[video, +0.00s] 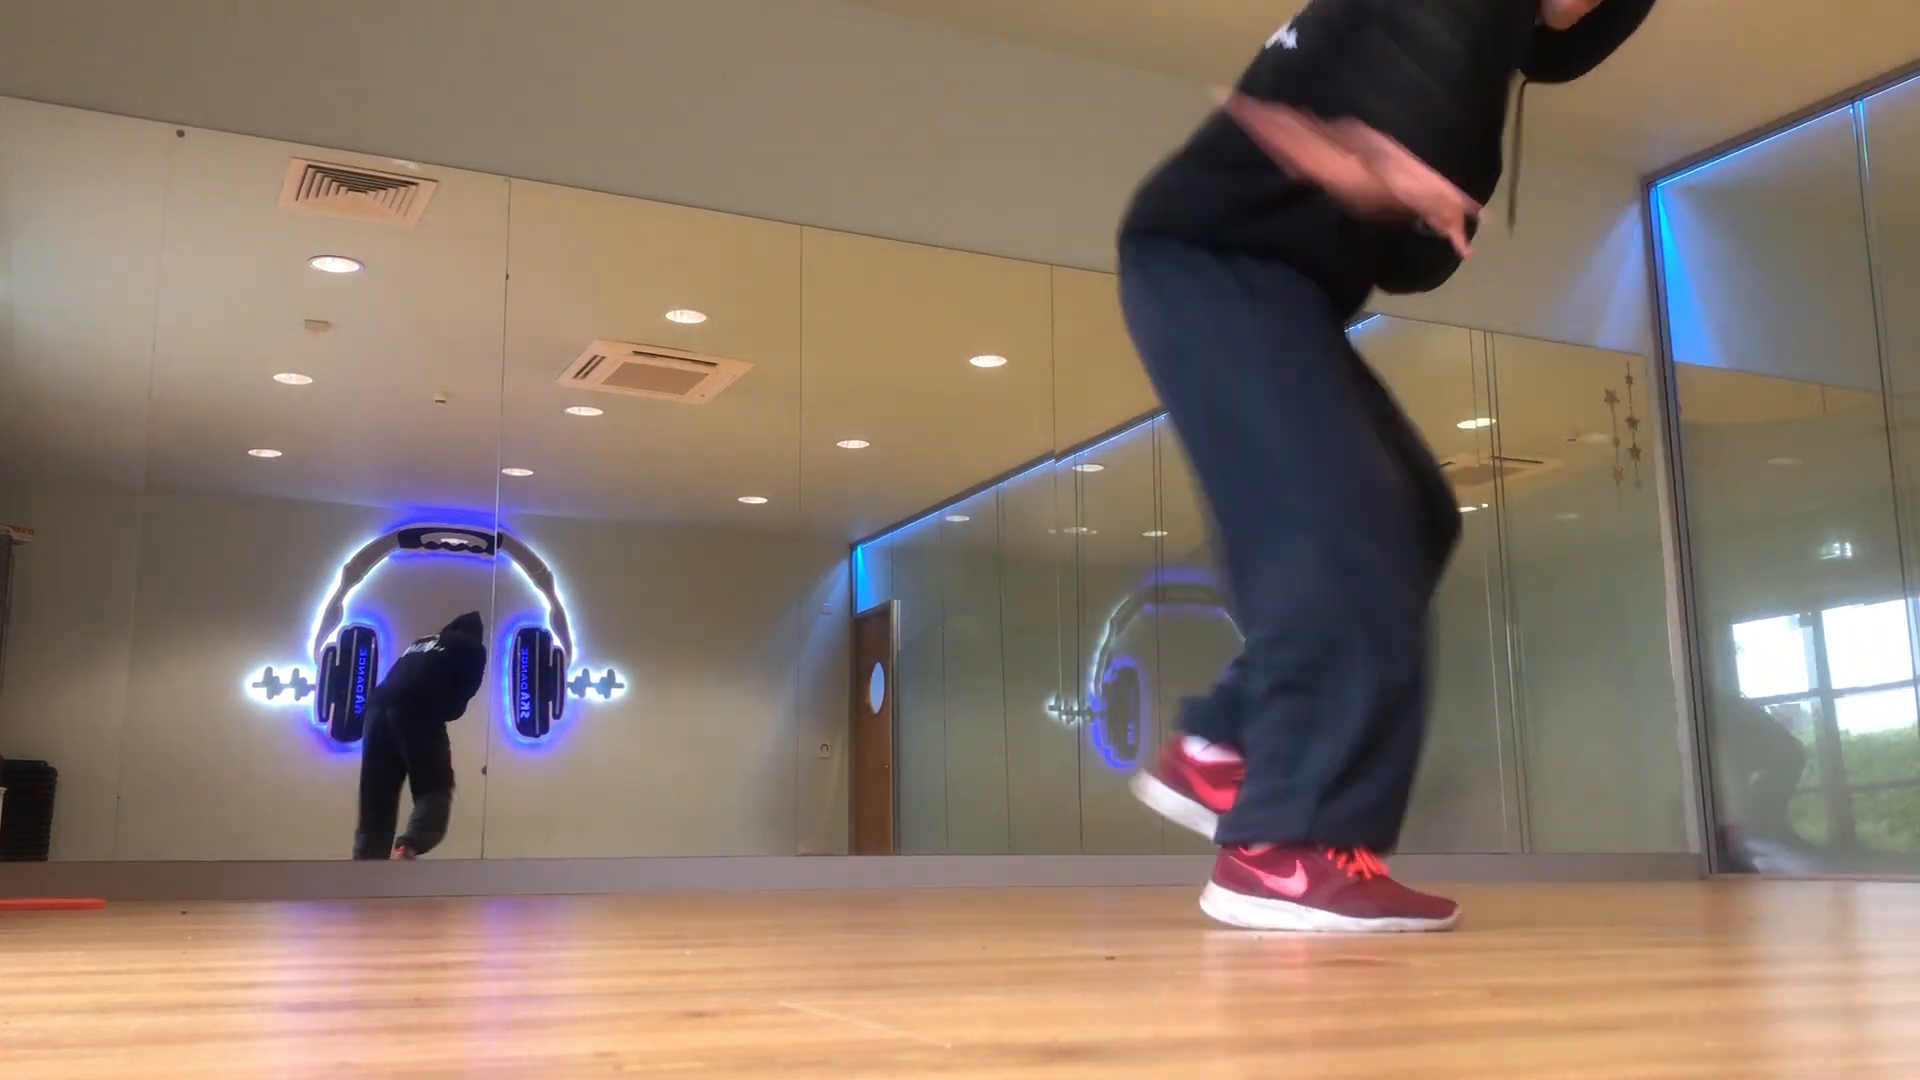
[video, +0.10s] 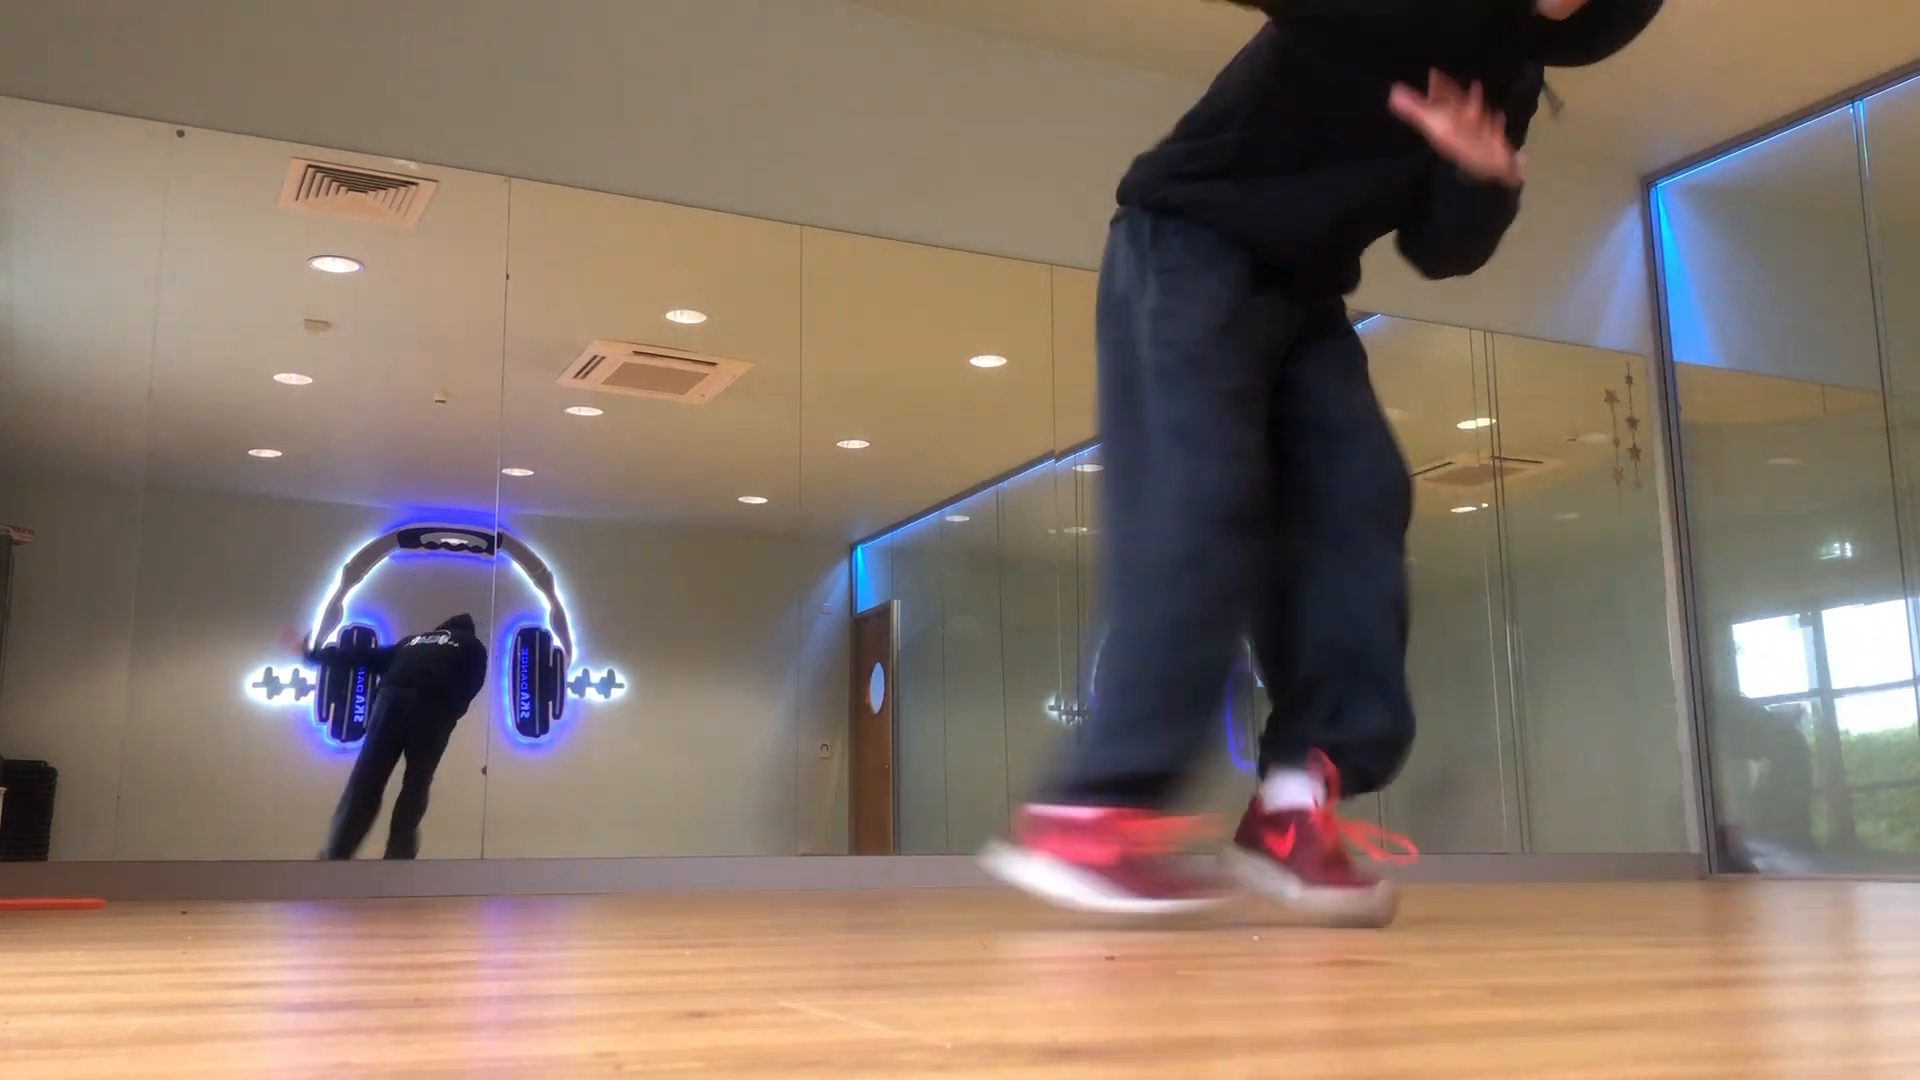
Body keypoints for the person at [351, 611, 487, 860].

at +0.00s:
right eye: (477, 637)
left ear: (449, 629)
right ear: (475, 635)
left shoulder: (421, 643)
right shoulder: (472, 648)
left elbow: (394, 683)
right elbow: (464, 690)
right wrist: (441, 712)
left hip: (378, 711)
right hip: (418, 712)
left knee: (378, 791)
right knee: (433, 789)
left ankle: (367, 861)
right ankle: (408, 847)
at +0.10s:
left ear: (442, 627)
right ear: (470, 633)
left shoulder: (412, 642)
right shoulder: (475, 648)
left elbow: (364, 657)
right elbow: (472, 684)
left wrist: (311, 654)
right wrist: (450, 712)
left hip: (390, 703)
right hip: (434, 712)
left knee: (368, 775)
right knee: (416, 784)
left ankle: (337, 853)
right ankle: (398, 858)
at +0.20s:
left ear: (434, 625)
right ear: (464, 633)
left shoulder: (409, 638)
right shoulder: (472, 656)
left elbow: (368, 634)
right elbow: (465, 689)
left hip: (394, 717)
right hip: (439, 728)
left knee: (360, 784)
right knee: (414, 800)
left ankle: (312, 839)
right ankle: (379, 863)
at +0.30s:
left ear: (426, 616)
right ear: (454, 624)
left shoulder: (413, 624)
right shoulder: (470, 647)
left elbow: (401, 637)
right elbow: (430, 684)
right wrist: (385, 676)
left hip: (407, 712)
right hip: (450, 723)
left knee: (365, 777)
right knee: (410, 801)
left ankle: (355, 833)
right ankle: (383, 863)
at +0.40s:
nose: (403, 629)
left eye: (406, 623)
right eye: (405, 626)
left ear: (412, 615)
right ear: (441, 616)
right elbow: (404, 685)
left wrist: (465, 659)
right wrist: (381, 663)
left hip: (425, 706)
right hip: (463, 713)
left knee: (385, 775)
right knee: (415, 780)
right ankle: (405, 848)